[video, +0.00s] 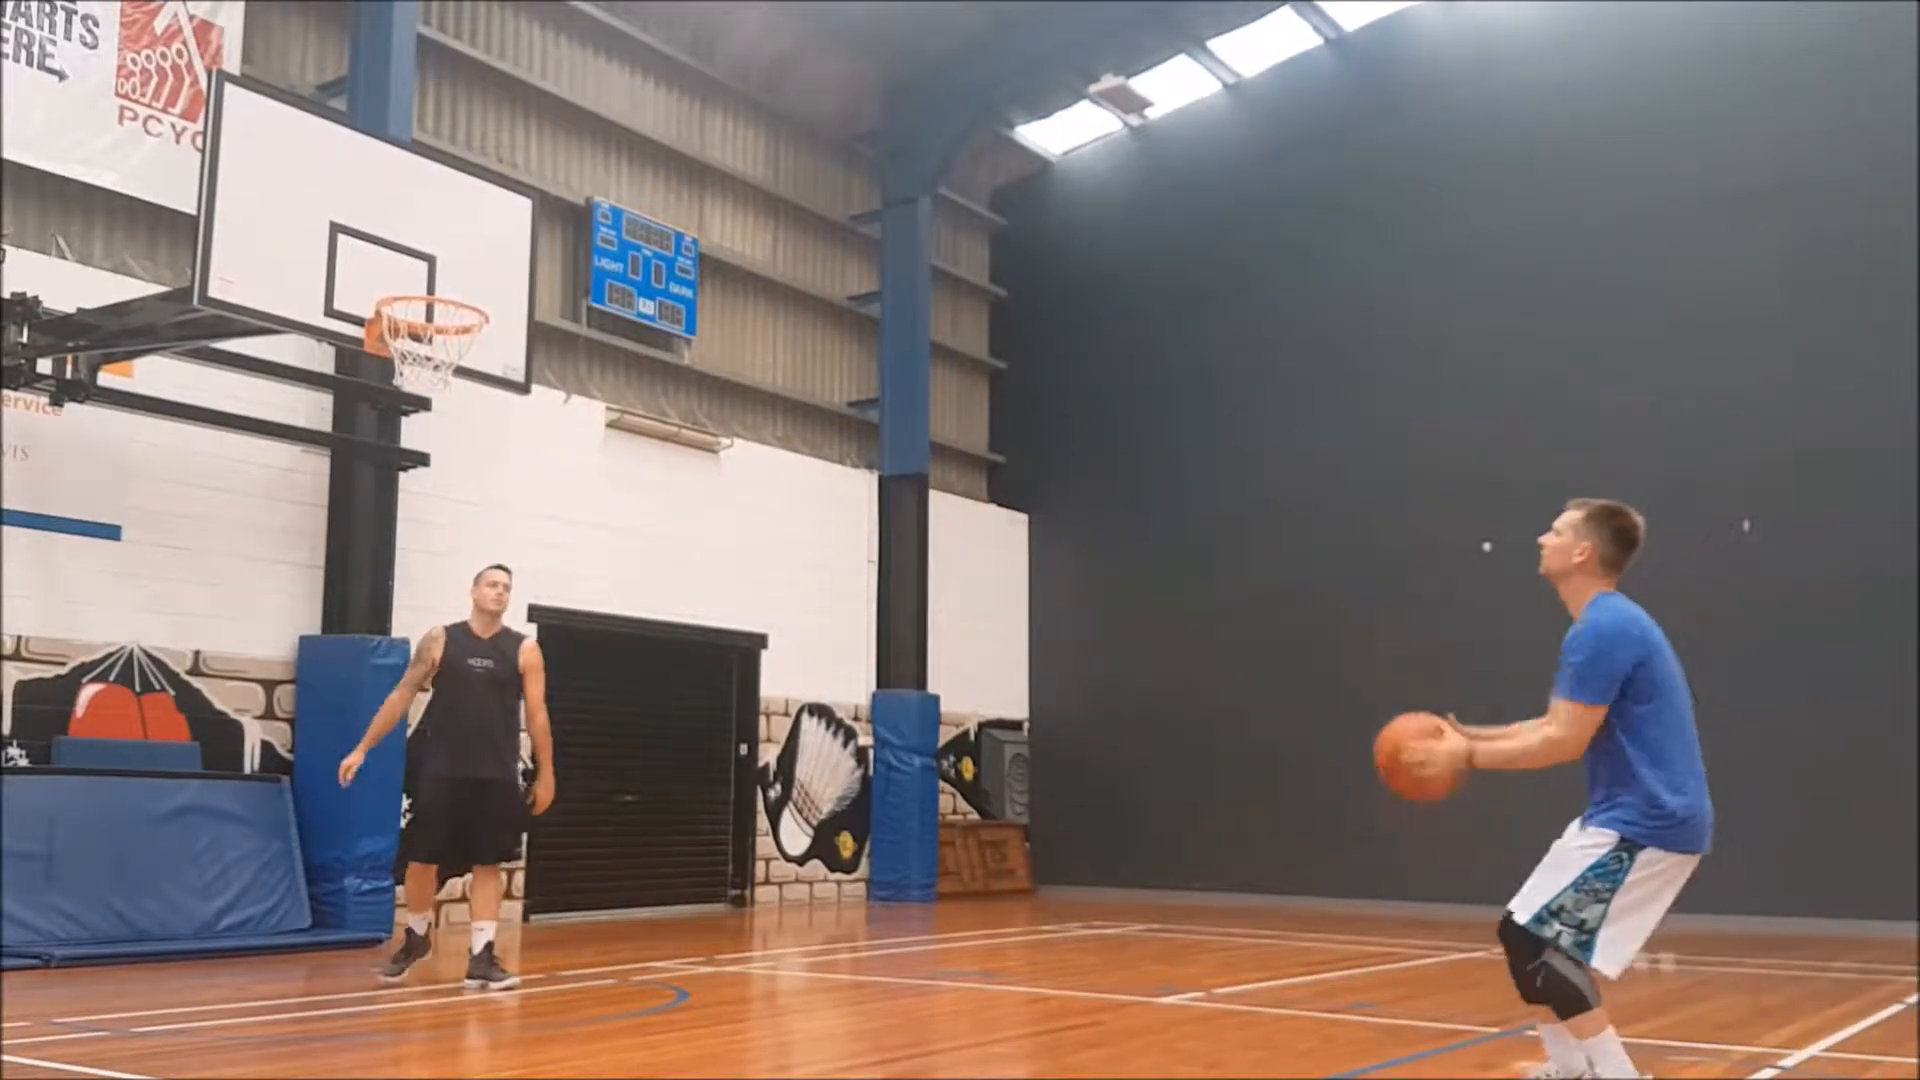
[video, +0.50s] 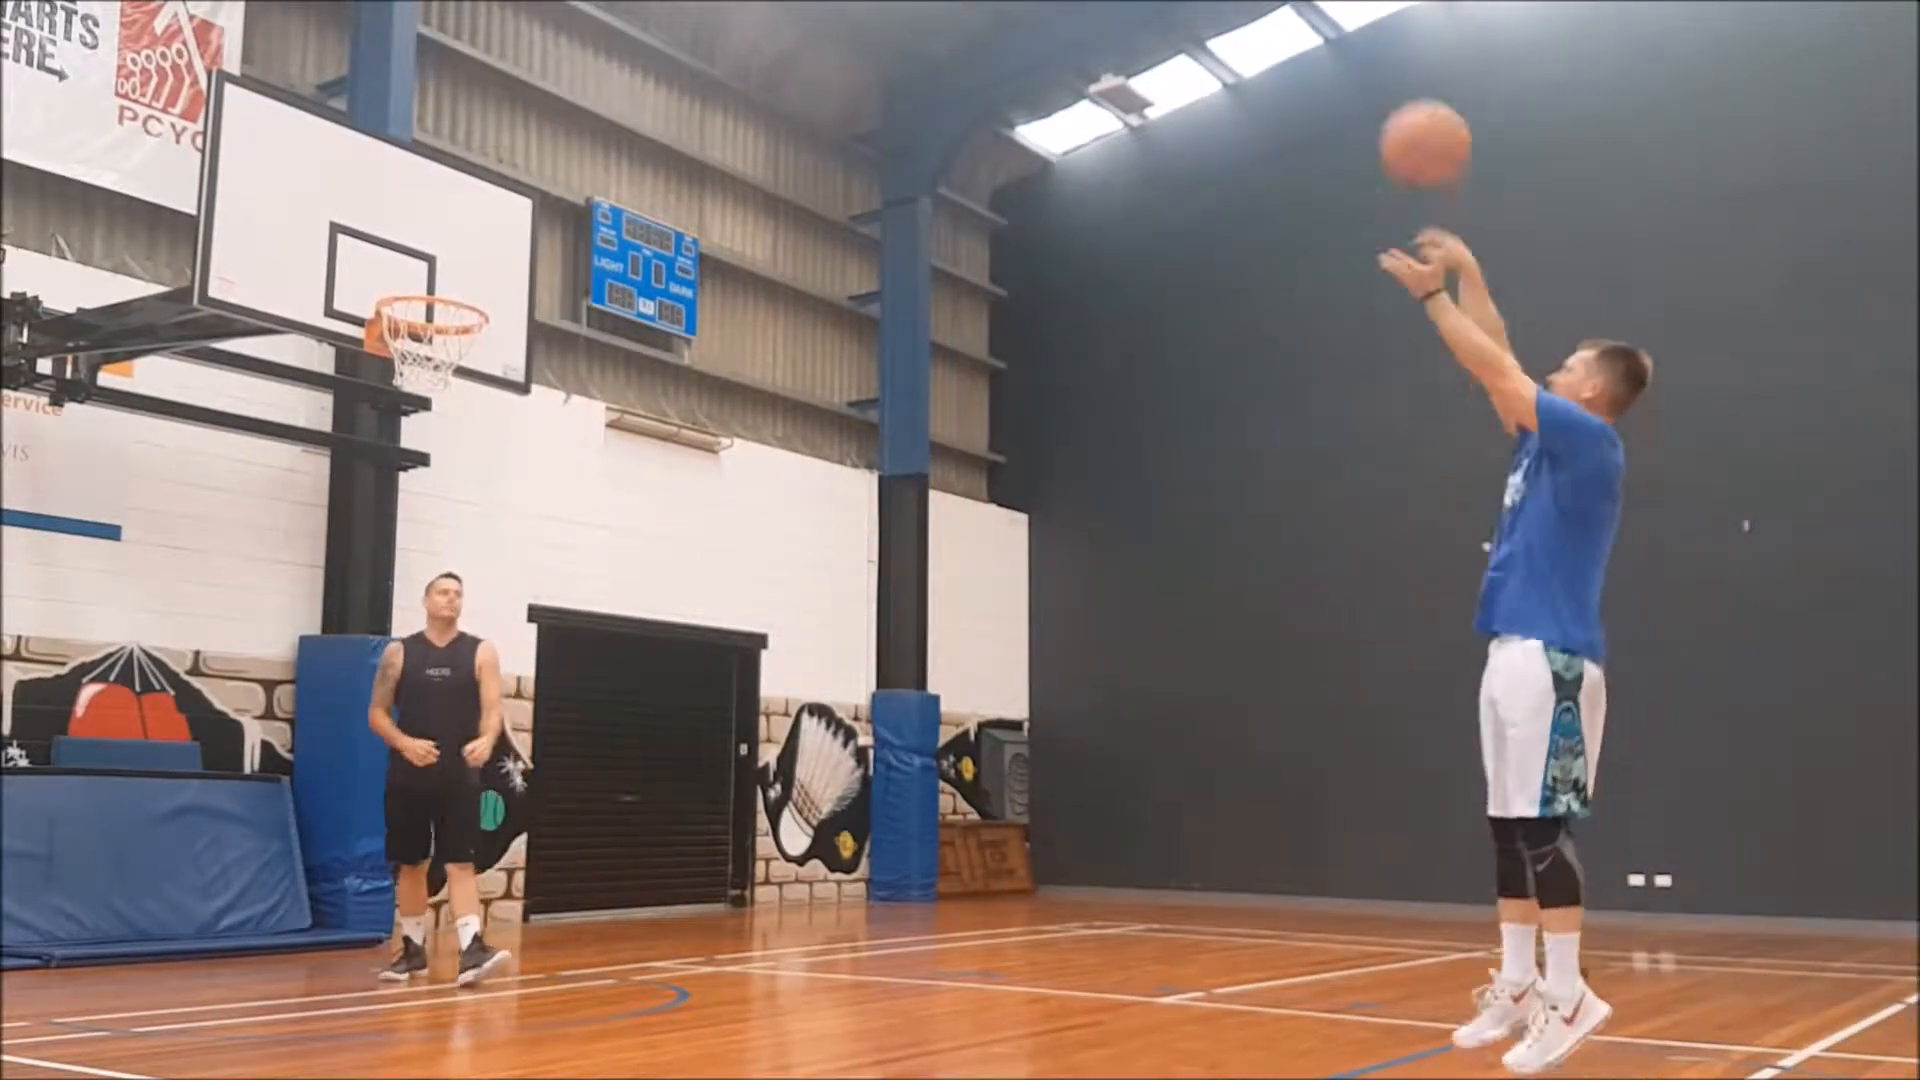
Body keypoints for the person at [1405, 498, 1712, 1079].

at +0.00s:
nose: (1542, 539)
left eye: (1554, 532)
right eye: (1550, 530)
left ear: (1583, 553)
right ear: (1582, 554)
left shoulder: (1608, 627)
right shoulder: (1594, 628)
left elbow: (1566, 741)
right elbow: (1553, 727)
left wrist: (1468, 755)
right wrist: (1466, 737)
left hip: (1650, 820)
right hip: (1621, 813)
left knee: (1542, 942)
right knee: (1521, 930)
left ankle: (1618, 1072)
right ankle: (1568, 1067)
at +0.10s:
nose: (1542, 539)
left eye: (1555, 531)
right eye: (1550, 529)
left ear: (1583, 552)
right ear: (1581, 553)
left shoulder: (1610, 628)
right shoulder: (1564, 624)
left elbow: (1500, 693)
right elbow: (1486, 666)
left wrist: (1429, 629)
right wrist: (1427, 619)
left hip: (1619, 830)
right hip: (1579, 819)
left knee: (1516, 955)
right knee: (1493, 941)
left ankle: (1614, 1071)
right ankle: (1565, 1065)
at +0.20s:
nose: (1544, 513)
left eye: (1558, 507)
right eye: (1553, 505)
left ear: (1586, 531)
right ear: (1584, 533)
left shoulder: (1598, 601)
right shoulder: (1565, 594)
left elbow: (1469, 584)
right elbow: (1458, 579)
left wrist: (1462, 503)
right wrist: (1462, 504)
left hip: (1583, 810)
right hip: (1544, 802)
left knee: (1510, 948)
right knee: (1483, 938)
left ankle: (1613, 1071)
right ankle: (1563, 1066)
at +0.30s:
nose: (1551, 455)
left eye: (1566, 447)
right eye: (1558, 446)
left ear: (1593, 467)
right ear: (1588, 468)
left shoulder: (1594, 532)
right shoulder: (1555, 530)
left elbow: (1470, 483)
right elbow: (1467, 486)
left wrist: (1495, 403)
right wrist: (1495, 417)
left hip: (1562, 746)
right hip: (1523, 742)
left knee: (1543, 906)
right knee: (1510, 901)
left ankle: (1610, 1058)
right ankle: (1553, 1051)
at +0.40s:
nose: (1559, 393)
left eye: (1573, 389)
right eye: (1566, 385)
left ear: (1599, 414)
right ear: (1575, 407)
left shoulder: (1592, 468)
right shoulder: (1547, 466)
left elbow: (1479, 407)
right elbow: (1466, 420)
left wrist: (1477, 321)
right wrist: (1489, 344)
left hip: (1555, 680)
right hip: (1514, 675)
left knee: (1551, 853)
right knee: (1521, 851)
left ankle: (1578, 1012)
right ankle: (1530, 1005)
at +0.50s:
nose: (1558, 369)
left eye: (1572, 365)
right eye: (1567, 361)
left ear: (1598, 389)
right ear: (1585, 383)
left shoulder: (1591, 440)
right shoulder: (1549, 437)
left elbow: (1495, 370)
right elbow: (1495, 362)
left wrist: (1433, 296)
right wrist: (1466, 271)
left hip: (1556, 662)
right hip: (1511, 657)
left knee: (1541, 833)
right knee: (1508, 830)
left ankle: (1567, 996)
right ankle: (1518, 989)